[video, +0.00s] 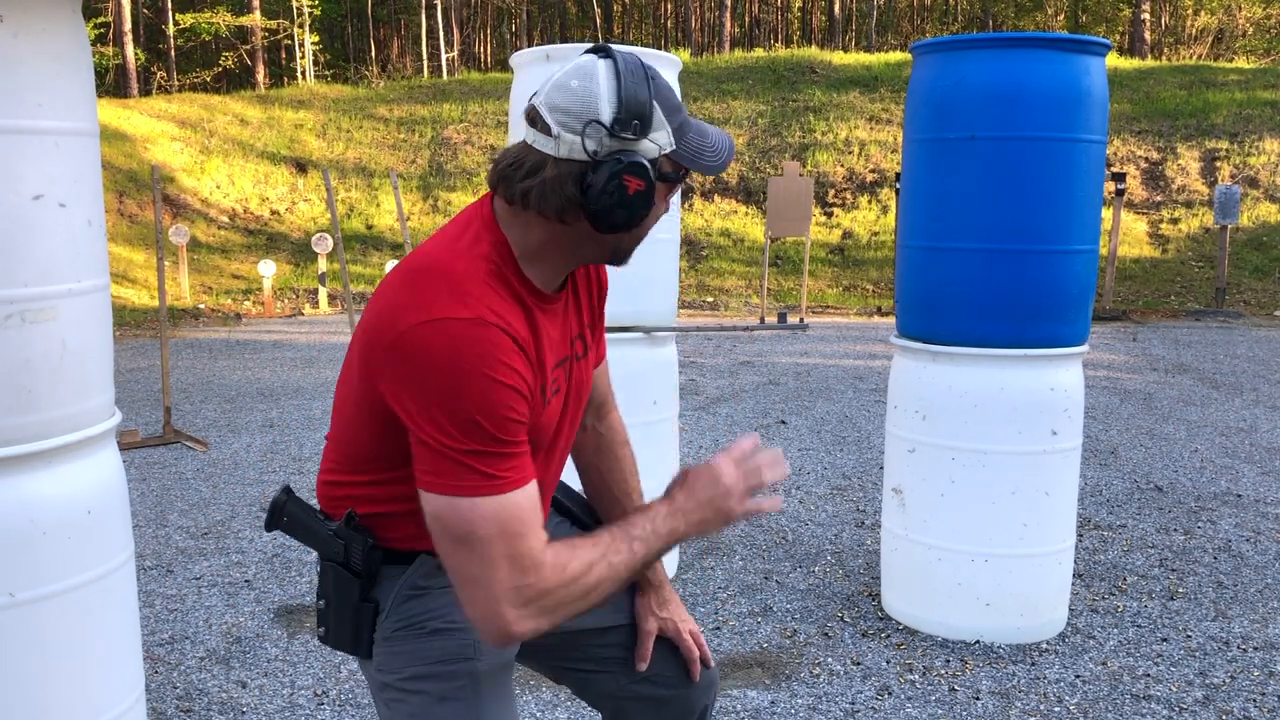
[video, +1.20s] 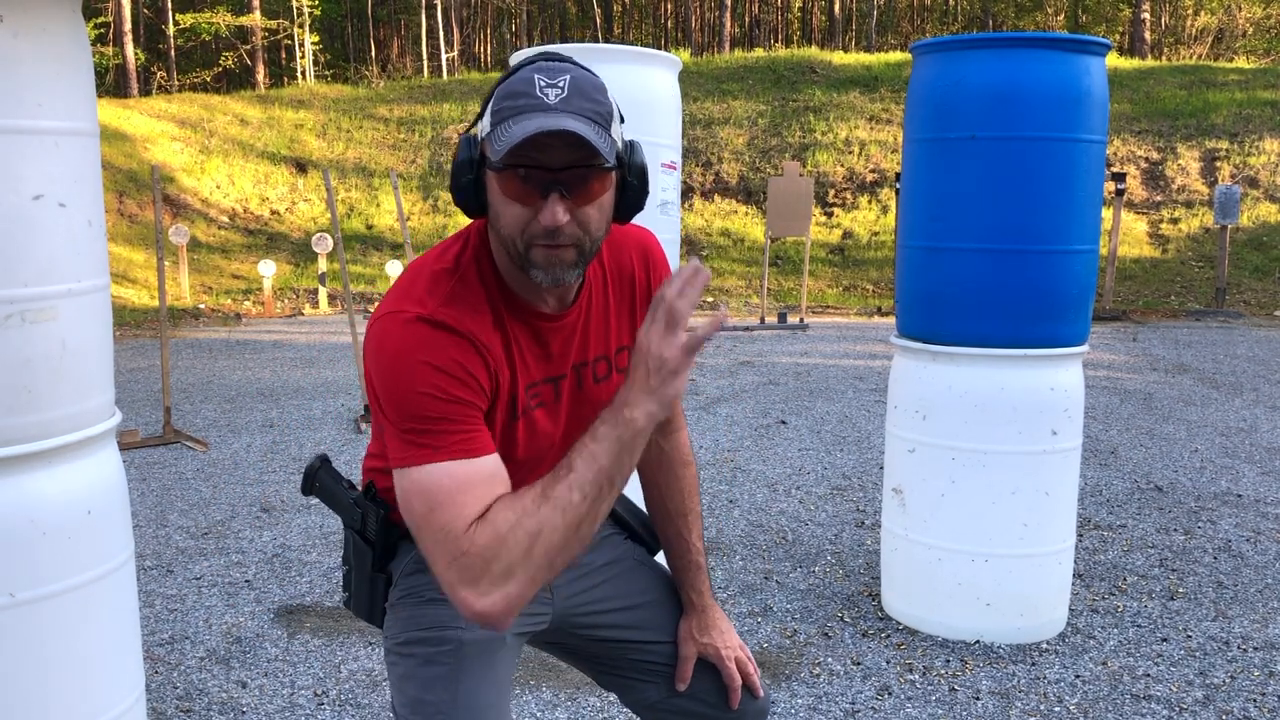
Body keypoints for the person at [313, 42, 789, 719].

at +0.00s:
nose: (671, 204)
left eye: (674, 186)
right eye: (669, 186)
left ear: (616, 191)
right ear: (619, 193)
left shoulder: (570, 256)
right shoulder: (457, 328)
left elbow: (595, 419)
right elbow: (510, 605)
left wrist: (647, 573)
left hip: (518, 518)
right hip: (411, 562)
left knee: (674, 685)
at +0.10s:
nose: (665, 204)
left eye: (668, 187)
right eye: (663, 187)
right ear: (620, 196)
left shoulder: (543, 248)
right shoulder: (476, 335)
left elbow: (576, 415)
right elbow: (577, 596)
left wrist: (628, 571)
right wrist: (677, 441)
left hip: (513, 545)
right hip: (421, 582)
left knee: (662, 684)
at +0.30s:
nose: (661, 197)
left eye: (661, 171)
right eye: (641, 170)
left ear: (552, 180)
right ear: (551, 174)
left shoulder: (560, 259)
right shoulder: (463, 338)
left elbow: (583, 417)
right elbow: (628, 558)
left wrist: (635, 574)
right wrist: (665, 359)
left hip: (530, 544)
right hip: (425, 585)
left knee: (670, 688)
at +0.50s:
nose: (544, 218)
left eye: (568, 181)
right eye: (514, 184)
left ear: (600, 179)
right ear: (457, 179)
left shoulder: (597, 254)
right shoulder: (422, 342)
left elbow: (624, 426)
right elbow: (625, 528)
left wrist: (668, 584)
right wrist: (709, 320)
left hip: (557, 548)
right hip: (435, 577)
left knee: (701, 693)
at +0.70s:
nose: (524, 222)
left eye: (548, 184)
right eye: (494, 188)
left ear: (589, 177)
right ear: (448, 180)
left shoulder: (613, 249)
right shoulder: (407, 333)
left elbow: (650, 430)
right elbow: (545, 563)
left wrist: (690, 594)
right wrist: (699, 391)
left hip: (568, 537)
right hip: (440, 564)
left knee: (725, 697)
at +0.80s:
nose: (535, 214)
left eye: (559, 178)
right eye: (507, 180)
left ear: (598, 173)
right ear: (460, 176)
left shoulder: (621, 249)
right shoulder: (411, 329)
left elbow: (652, 424)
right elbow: (488, 587)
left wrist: (693, 593)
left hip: (568, 528)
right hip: (440, 560)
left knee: (727, 698)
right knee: (464, 704)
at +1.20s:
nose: (554, 213)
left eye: (580, 178)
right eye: (526, 179)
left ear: (618, 180)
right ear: (482, 179)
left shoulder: (636, 263)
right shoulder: (419, 328)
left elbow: (662, 431)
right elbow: (487, 582)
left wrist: (699, 600)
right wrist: (641, 399)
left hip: (583, 545)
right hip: (447, 567)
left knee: (730, 700)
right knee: (458, 706)